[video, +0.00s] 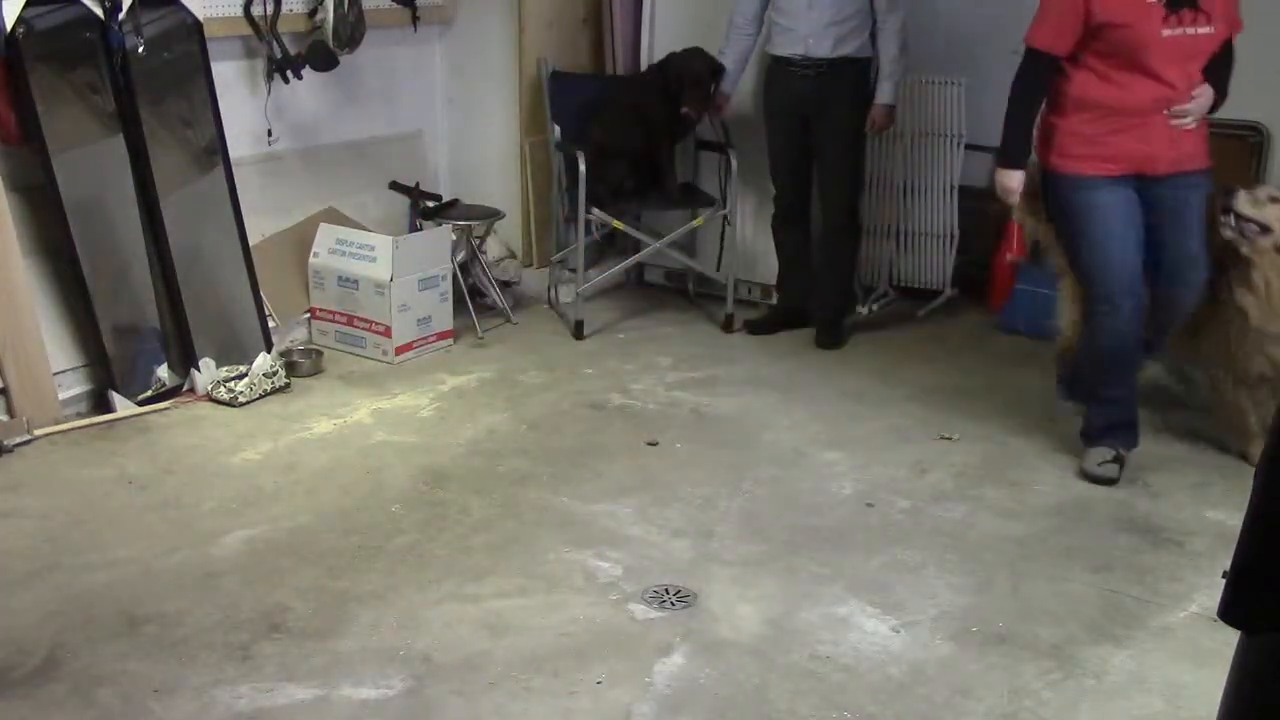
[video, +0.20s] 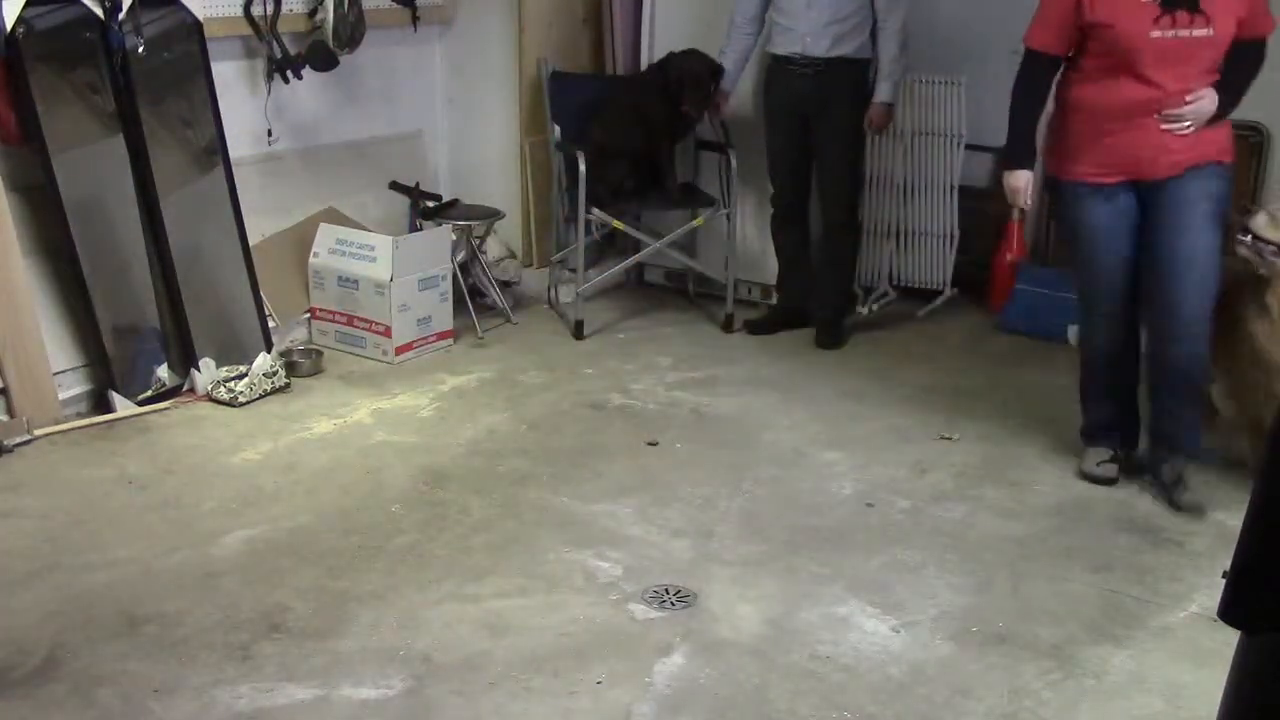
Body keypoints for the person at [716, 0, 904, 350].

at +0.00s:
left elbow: (890, 18)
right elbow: (747, 16)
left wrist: (885, 95)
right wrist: (725, 84)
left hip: (844, 77)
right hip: (783, 75)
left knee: (838, 202)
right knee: (789, 199)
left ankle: (831, 314)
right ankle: (793, 304)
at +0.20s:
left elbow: (891, 20)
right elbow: (748, 16)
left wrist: (884, 96)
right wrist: (724, 83)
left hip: (844, 77)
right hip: (783, 74)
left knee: (838, 202)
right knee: (787, 199)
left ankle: (831, 313)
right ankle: (793, 303)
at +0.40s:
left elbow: (892, 20)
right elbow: (750, 16)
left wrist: (886, 94)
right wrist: (730, 84)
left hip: (844, 77)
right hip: (783, 74)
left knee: (839, 203)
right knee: (787, 200)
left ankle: (831, 313)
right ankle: (792, 304)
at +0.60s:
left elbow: (892, 21)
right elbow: (751, 20)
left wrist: (886, 95)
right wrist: (732, 86)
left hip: (844, 80)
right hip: (783, 77)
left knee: (839, 207)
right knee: (788, 202)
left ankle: (831, 314)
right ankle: (791, 305)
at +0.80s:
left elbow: (891, 21)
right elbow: (754, 19)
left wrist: (885, 97)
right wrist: (734, 84)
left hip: (844, 78)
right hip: (784, 76)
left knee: (839, 207)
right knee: (787, 202)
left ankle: (831, 315)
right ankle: (791, 305)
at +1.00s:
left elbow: (891, 23)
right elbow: (754, 19)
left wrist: (882, 97)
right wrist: (732, 85)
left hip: (843, 78)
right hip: (782, 76)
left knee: (839, 210)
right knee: (788, 204)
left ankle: (831, 316)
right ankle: (791, 306)